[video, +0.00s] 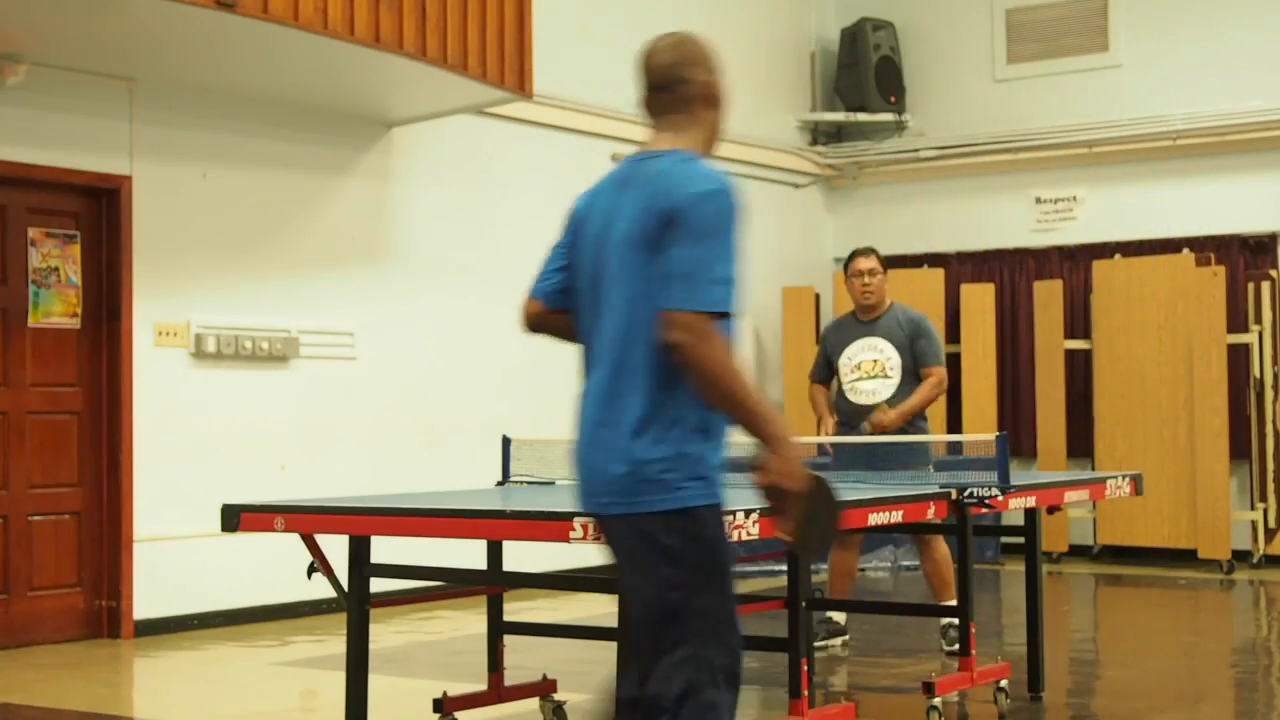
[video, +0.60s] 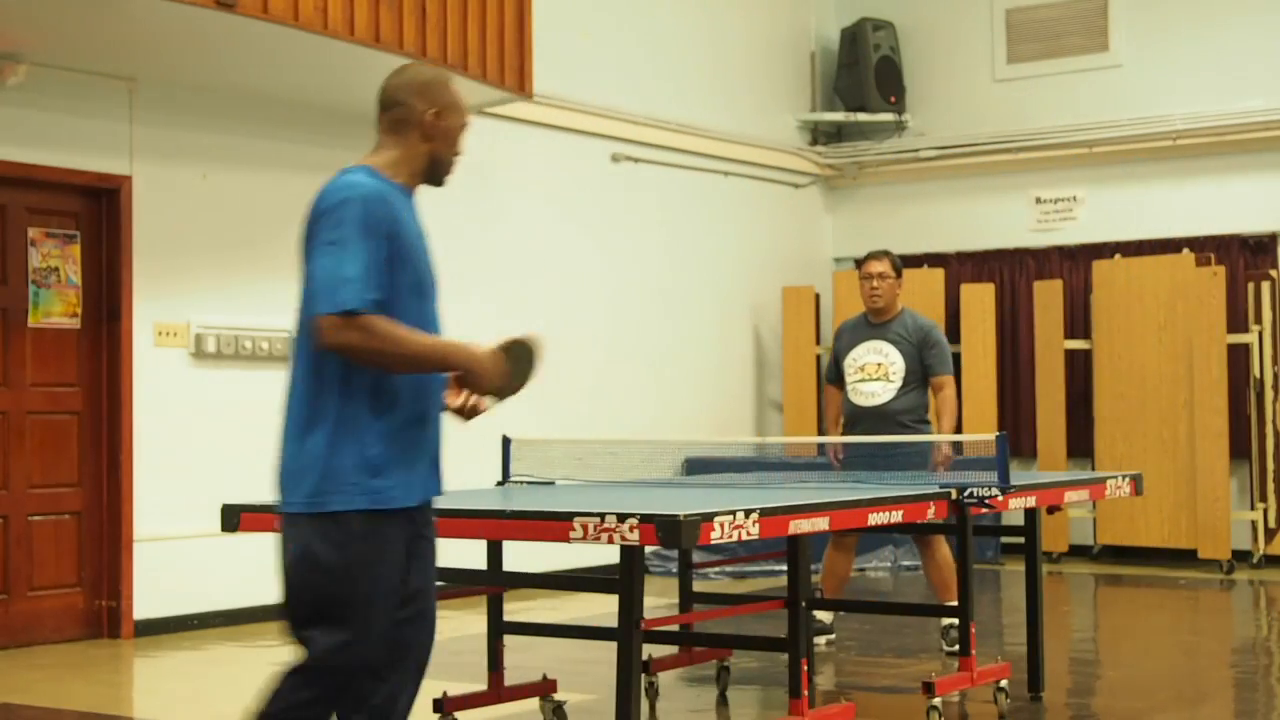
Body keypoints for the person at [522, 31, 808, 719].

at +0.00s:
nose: (723, 101)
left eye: (719, 89)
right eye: (719, 89)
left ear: (648, 100)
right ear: (709, 93)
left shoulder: (599, 196)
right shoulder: (701, 187)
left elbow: (543, 311)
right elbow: (686, 330)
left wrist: (638, 332)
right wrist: (776, 439)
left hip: (612, 476)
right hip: (666, 479)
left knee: (650, 659)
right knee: (705, 663)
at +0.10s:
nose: (669, 120)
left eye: (665, 106)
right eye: (665, 106)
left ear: (596, 114)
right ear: (649, 107)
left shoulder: (558, 208)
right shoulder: (619, 198)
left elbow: (509, 339)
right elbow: (605, 339)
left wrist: (648, 357)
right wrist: (719, 421)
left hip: (566, 490)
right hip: (615, 494)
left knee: (578, 646)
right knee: (676, 682)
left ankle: (498, 713)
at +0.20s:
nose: (617, 143)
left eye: (615, 128)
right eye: (613, 128)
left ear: (549, 130)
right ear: (590, 127)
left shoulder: (515, 219)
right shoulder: (552, 217)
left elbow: (479, 357)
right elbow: (547, 355)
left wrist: (604, 363)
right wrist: (672, 411)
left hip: (499, 499)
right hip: (544, 505)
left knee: (473, 661)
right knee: (618, 691)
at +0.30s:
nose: (571, 149)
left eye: (571, 134)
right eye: (568, 133)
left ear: (508, 131)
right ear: (540, 132)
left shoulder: (482, 209)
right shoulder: (498, 214)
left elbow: (482, 347)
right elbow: (509, 356)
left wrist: (560, 358)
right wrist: (633, 408)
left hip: (455, 490)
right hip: (472, 494)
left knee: (421, 685)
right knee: (543, 678)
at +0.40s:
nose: (531, 137)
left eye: (531, 121)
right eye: (527, 119)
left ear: (476, 113)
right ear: (490, 111)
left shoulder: (440, 193)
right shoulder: (446, 196)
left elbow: (460, 334)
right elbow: (465, 336)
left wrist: (539, 354)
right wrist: (584, 378)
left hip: (422, 467)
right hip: (425, 470)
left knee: (420, 648)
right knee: (484, 634)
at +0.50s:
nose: (493, 138)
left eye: (496, 123)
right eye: (492, 121)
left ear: (440, 112)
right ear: (458, 111)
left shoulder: (406, 191)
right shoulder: (400, 191)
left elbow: (399, 329)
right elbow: (405, 324)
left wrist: (479, 367)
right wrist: (532, 352)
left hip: (403, 478)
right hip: (392, 481)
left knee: (394, 664)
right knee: (400, 665)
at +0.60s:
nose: (465, 139)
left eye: (464, 125)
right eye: (460, 124)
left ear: (416, 121)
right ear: (429, 120)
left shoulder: (392, 203)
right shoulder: (358, 195)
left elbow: (371, 337)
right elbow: (340, 324)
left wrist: (440, 384)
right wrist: (465, 356)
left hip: (395, 493)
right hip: (348, 495)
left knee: (396, 669)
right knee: (348, 668)